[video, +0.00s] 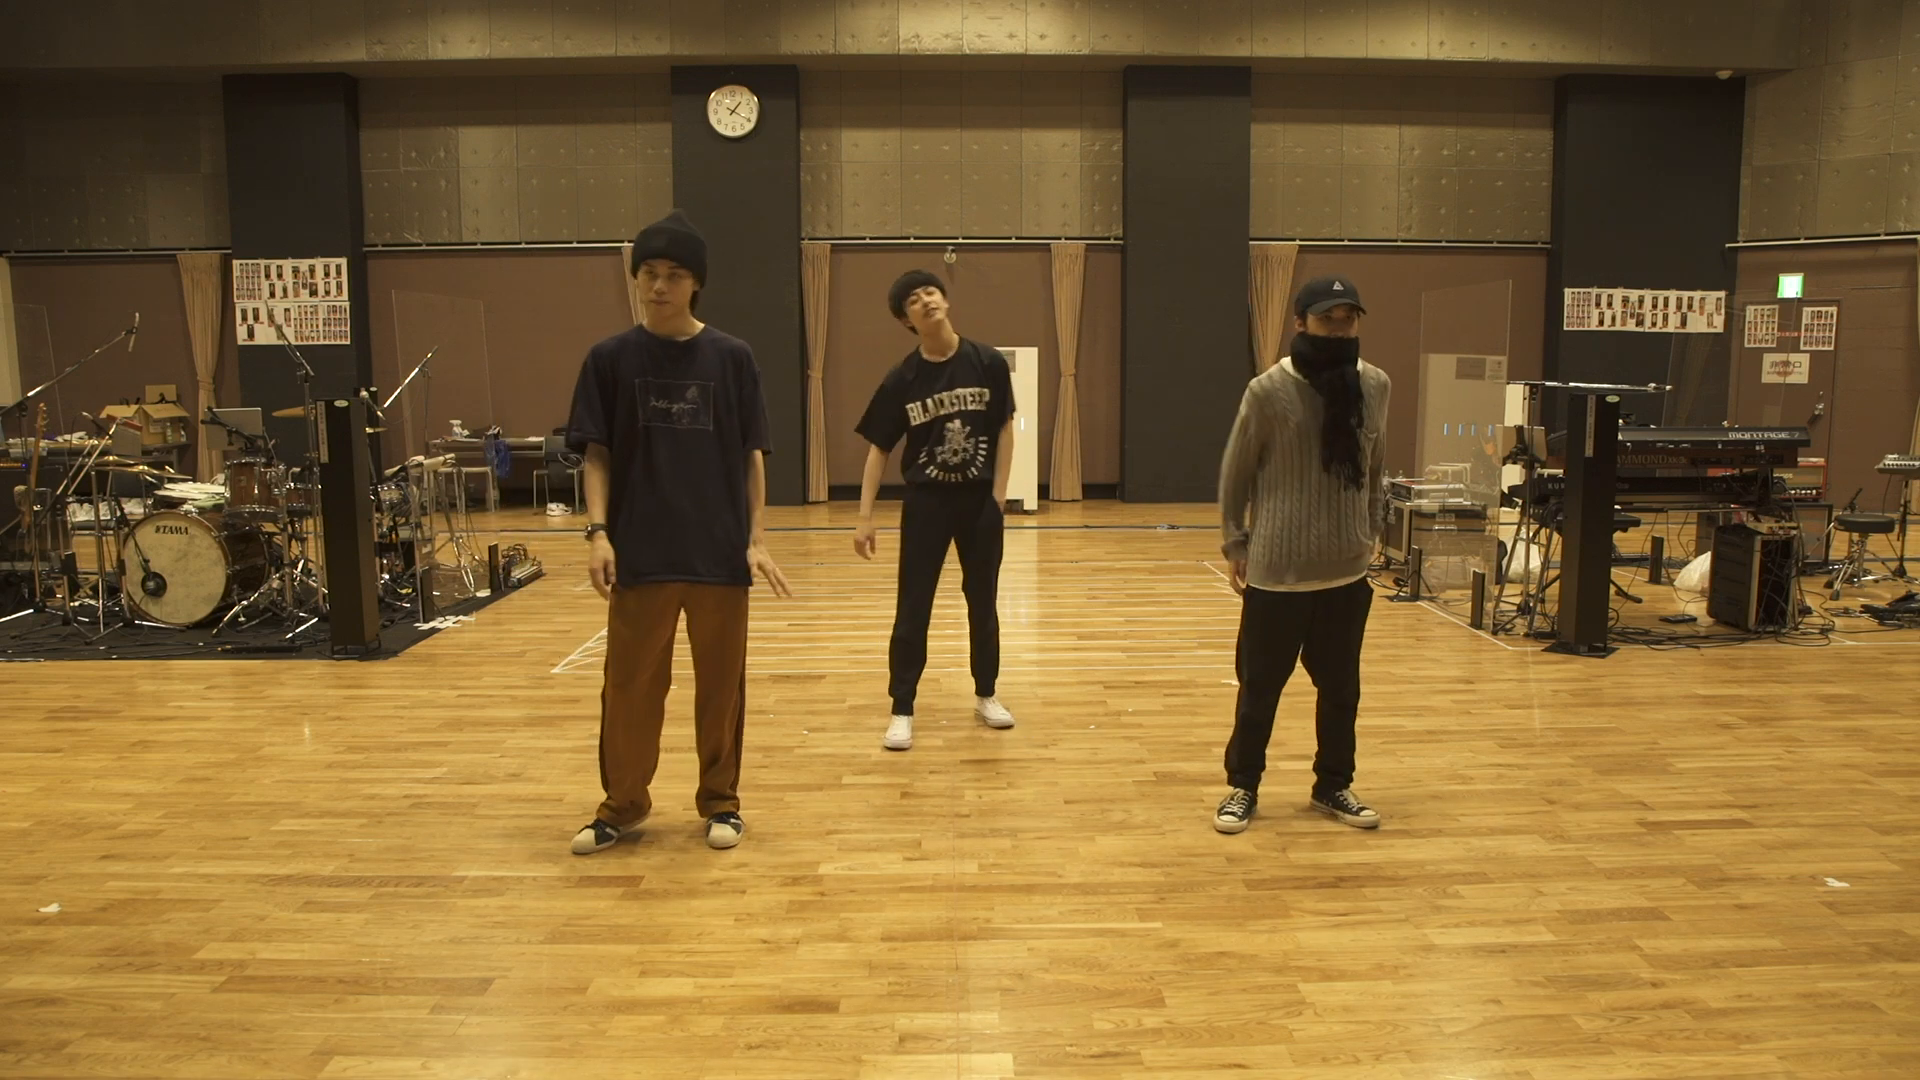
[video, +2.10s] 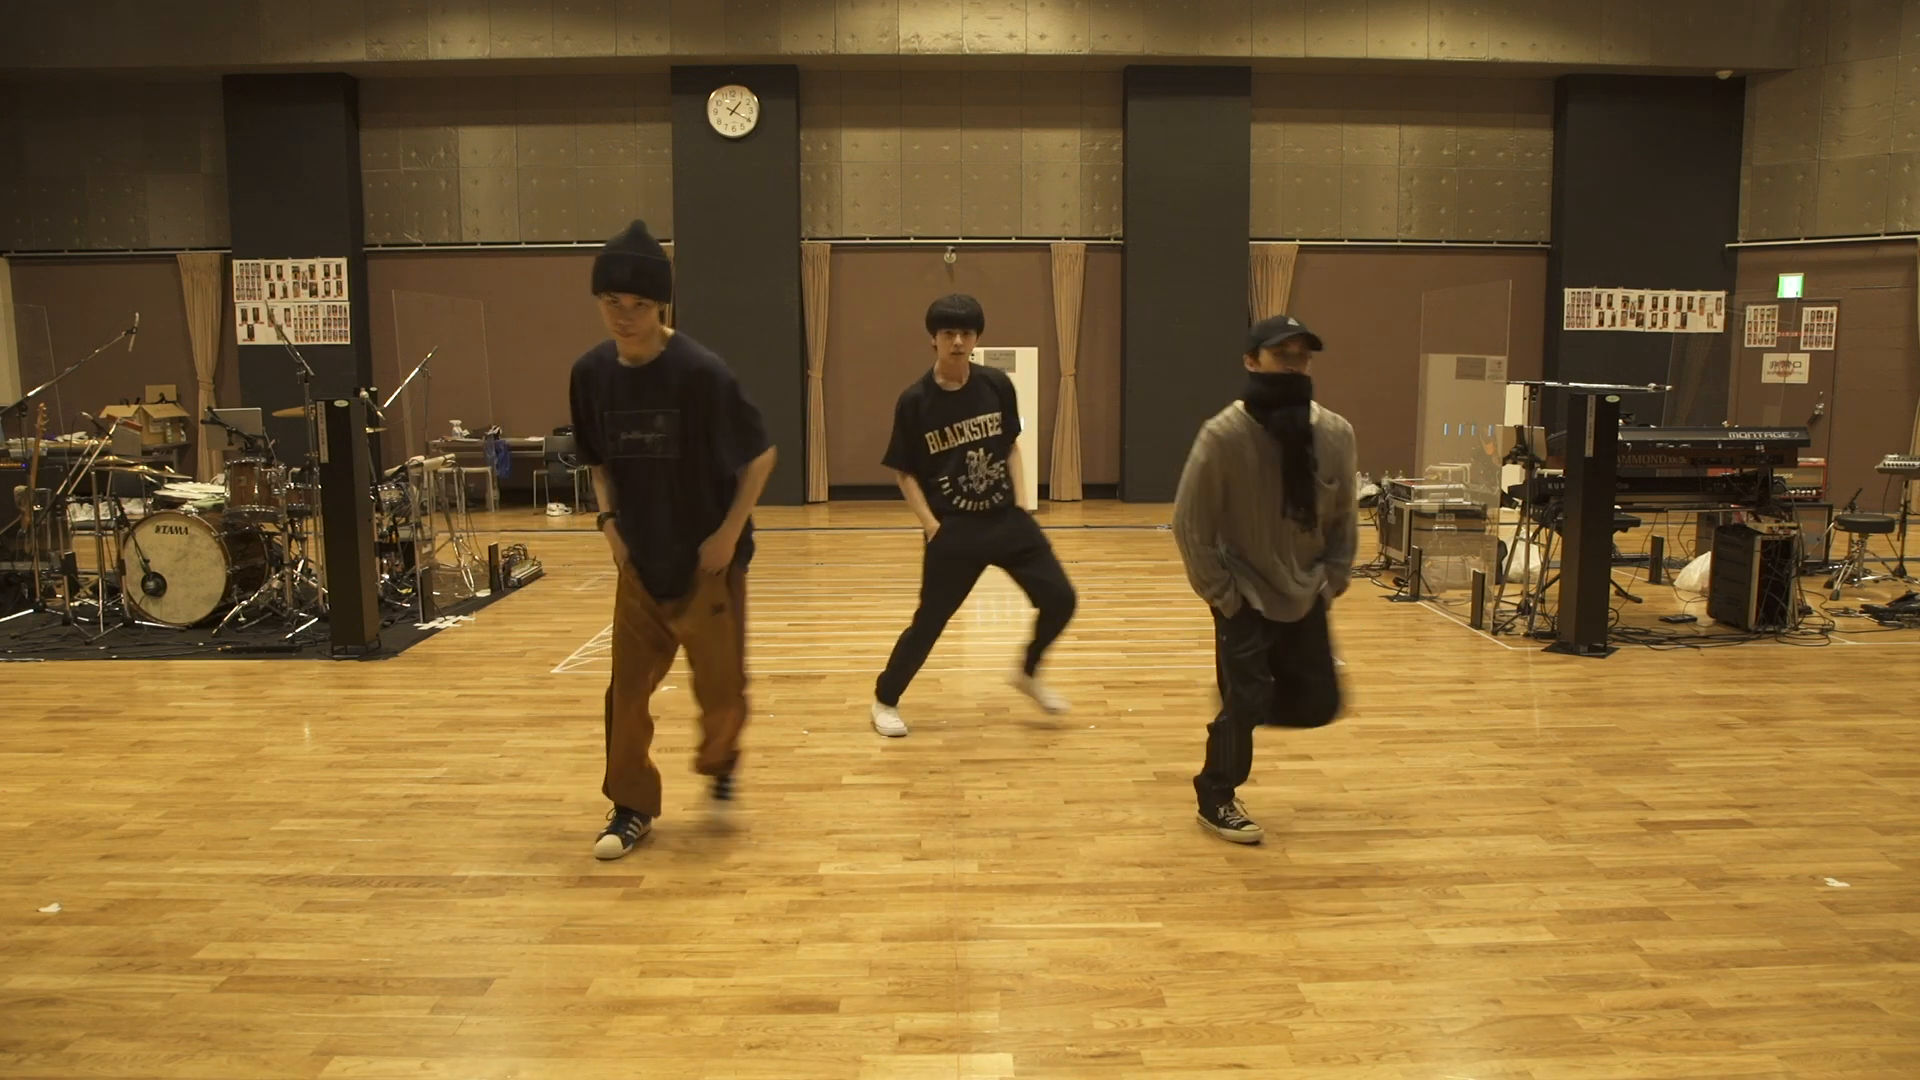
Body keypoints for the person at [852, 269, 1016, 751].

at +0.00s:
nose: (925, 301)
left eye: (930, 293)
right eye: (914, 300)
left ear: (948, 302)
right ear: (906, 321)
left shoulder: (989, 363)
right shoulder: (901, 380)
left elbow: (1005, 428)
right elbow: (878, 449)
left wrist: (998, 495)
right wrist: (865, 518)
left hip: (979, 503)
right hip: (925, 506)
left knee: (983, 603)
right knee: (913, 608)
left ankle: (986, 695)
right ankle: (902, 713)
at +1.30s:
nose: (918, 331)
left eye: (927, 321)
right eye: (911, 322)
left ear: (948, 314)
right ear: (903, 320)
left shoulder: (972, 345)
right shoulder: (904, 365)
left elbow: (995, 414)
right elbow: (914, 429)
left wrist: (977, 481)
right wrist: (920, 484)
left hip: (985, 480)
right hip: (938, 484)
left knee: (984, 582)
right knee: (941, 590)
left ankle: (991, 693)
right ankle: (960, 696)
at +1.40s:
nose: (922, 318)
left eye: (931, 308)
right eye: (913, 309)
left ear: (950, 301)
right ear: (903, 308)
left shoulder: (979, 330)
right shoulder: (899, 357)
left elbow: (1010, 399)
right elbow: (914, 421)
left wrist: (989, 456)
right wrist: (928, 474)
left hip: (993, 457)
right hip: (944, 469)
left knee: (998, 541)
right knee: (947, 575)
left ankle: (1010, 638)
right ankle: (973, 684)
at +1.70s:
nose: (946, 337)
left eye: (954, 328)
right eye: (937, 328)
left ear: (967, 325)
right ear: (923, 328)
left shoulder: (993, 365)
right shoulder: (906, 379)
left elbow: (1009, 429)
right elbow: (900, 446)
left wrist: (1012, 488)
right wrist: (922, 498)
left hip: (997, 502)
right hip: (943, 508)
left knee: (1002, 603)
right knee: (962, 610)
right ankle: (1008, 695)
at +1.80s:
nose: (948, 335)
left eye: (956, 326)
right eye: (939, 327)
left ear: (968, 328)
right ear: (924, 330)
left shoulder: (996, 374)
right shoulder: (907, 383)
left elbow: (1007, 439)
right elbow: (898, 449)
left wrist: (1003, 501)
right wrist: (924, 501)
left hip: (987, 513)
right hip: (937, 513)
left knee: (965, 602)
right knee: (938, 601)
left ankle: (936, 672)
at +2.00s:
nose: (952, 345)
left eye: (960, 336)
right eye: (943, 336)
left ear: (971, 341)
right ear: (928, 342)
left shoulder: (990, 390)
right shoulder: (910, 405)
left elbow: (1000, 455)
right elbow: (895, 476)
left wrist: (1007, 515)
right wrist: (922, 530)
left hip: (991, 530)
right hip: (939, 534)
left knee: (1023, 618)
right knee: (915, 632)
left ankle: (964, 659)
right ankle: (882, 703)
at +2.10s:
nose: (958, 343)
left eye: (966, 334)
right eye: (949, 334)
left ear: (977, 340)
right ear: (933, 339)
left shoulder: (998, 386)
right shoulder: (914, 402)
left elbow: (1011, 449)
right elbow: (905, 471)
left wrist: (1021, 507)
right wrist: (931, 526)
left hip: (1007, 522)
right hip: (954, 532)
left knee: (1060, 601)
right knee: (929, 624)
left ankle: (1027, 672)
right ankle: (885, 701)